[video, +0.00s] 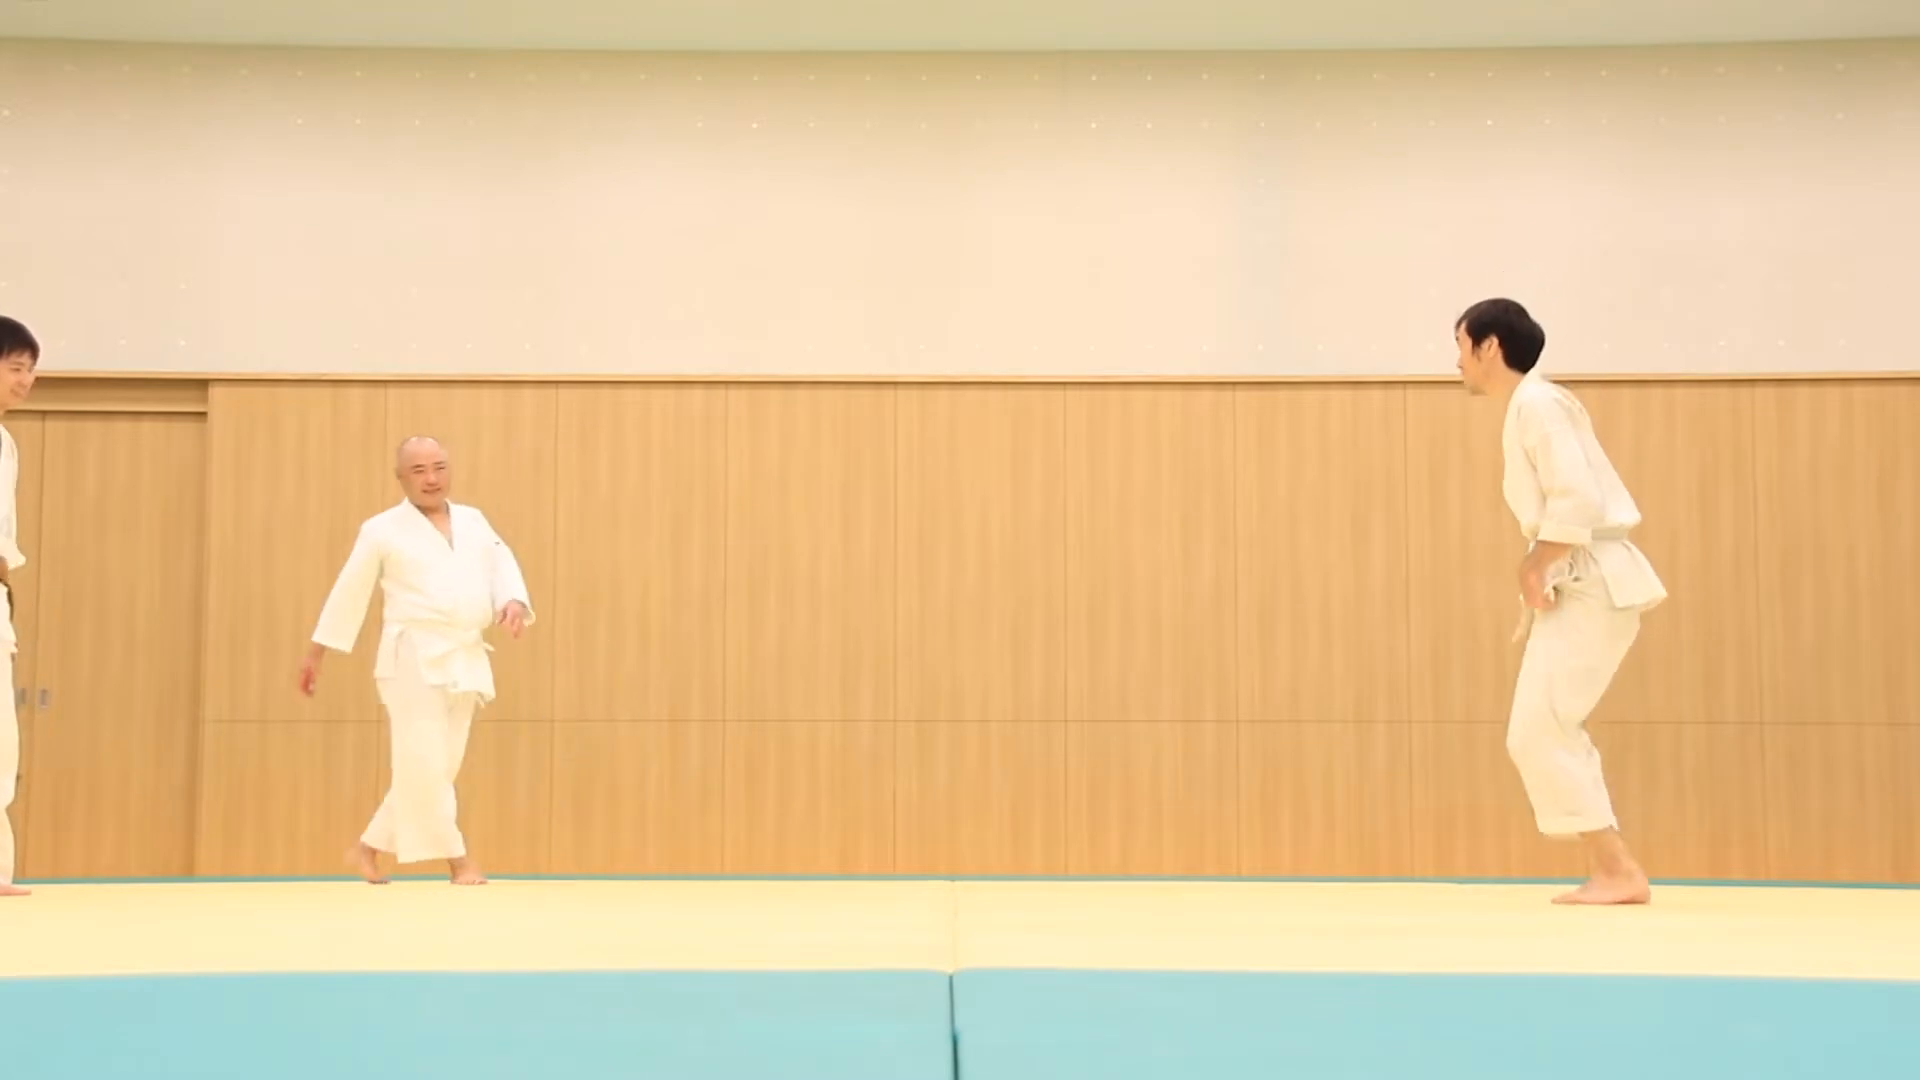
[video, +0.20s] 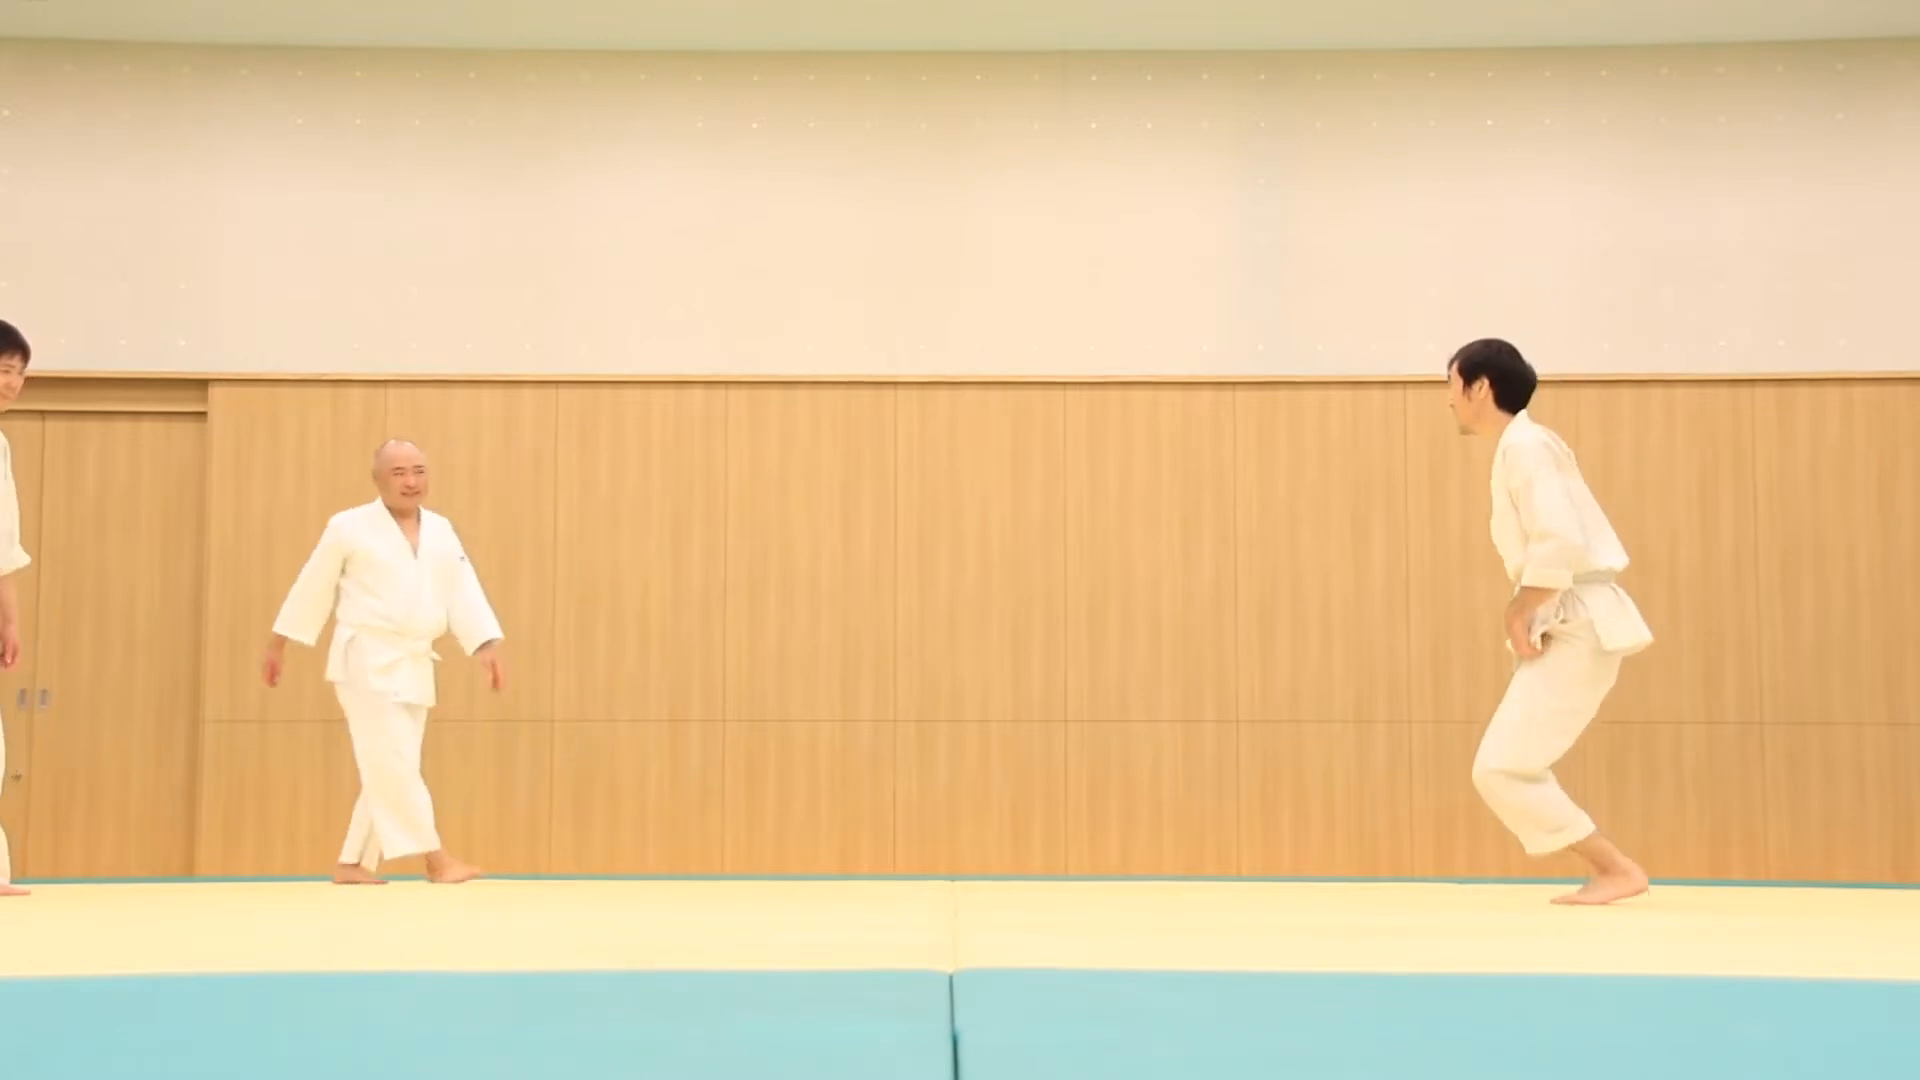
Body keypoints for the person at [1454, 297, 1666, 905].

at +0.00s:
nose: (1458, 361)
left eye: (1462, 348)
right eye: (1458, 348)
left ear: (1492, 347)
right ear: (1500, 348)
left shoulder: (1537, 403)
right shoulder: (1532, 403)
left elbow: (1575, 497)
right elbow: (1573, 499)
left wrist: (1536, 562)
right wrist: (1541, 570)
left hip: (1596, 586)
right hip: (1583, 586)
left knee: (1538, 726)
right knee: (1542, 724)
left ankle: (1616, 870)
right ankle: (1613, 869)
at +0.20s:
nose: (1449, 399)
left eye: (1452, 386)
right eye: (1449, 386)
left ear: (1481, 388)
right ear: (1490, 389)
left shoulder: (1526, 447)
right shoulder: (1522, 445)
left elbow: (1557, 541)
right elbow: (1556, 542)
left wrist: (1522, 609)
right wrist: (1523, 609)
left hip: (1582, 627)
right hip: (1571, 626)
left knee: (1502, 768)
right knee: (1506, 766)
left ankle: (1616, 870)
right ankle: (1611, 869)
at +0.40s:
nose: (1452, 414)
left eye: (1457, 401)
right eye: (1453, 401)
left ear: (1484, 403)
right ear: (1496, 404)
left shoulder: (1517, 464)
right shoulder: (1517, 462)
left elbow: (1544, 561)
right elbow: (1541, 565)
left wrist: (1485, 623)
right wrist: (1491, 638)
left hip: (1543, 656)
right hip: (1532, 654)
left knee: (1456, 793)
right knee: (1456, 792)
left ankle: (1600, 854)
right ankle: (1595, 855)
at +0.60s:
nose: (1429, 455)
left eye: (1436, 442)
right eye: (1432, 442)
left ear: (1464, 450)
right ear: (1469, 452)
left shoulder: (1486, 512)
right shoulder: (1488, 513)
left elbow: (1507, 601)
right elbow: (1526, 610)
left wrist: (1436, 655)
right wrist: (1452, 668)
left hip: (1487, 700)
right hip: (1477, 699)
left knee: (1412, 853)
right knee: (1410, 852)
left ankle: (1562, 851)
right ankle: (1557, 854)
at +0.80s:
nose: (1368, 490)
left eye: (1378, 480)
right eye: (1374, 478)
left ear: (1402, 498)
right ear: (1402, 499)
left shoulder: (1427, 559)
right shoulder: (1407, 565)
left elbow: (1431, 676)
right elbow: (1405, 679)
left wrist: (1372, 747)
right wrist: (1364, 742)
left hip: (1481, 736)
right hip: (1456, 737)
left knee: (1400, 875)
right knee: (1405, 870)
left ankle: (1539, 848)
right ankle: (1537, 849)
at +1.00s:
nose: (1339, 505)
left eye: (1347, 492)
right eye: (1341, 492)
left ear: (1378, 501)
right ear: (1377, 503)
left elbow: (1369, 672)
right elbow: (1356, 670)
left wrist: (1302, 734)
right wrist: (1299, 728)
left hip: (1476, 735)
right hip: (1444, 735)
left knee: (1398, 877)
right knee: (1403, 871)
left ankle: (1530, 839)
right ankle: (1525, 840)